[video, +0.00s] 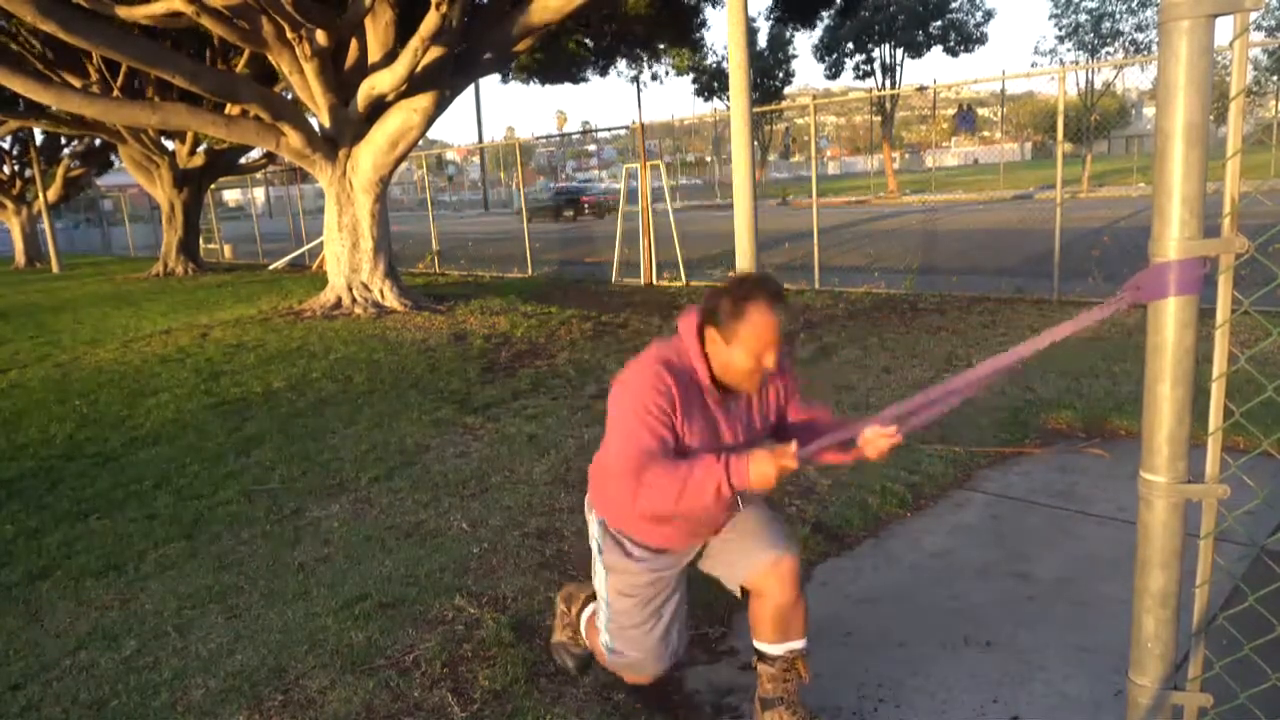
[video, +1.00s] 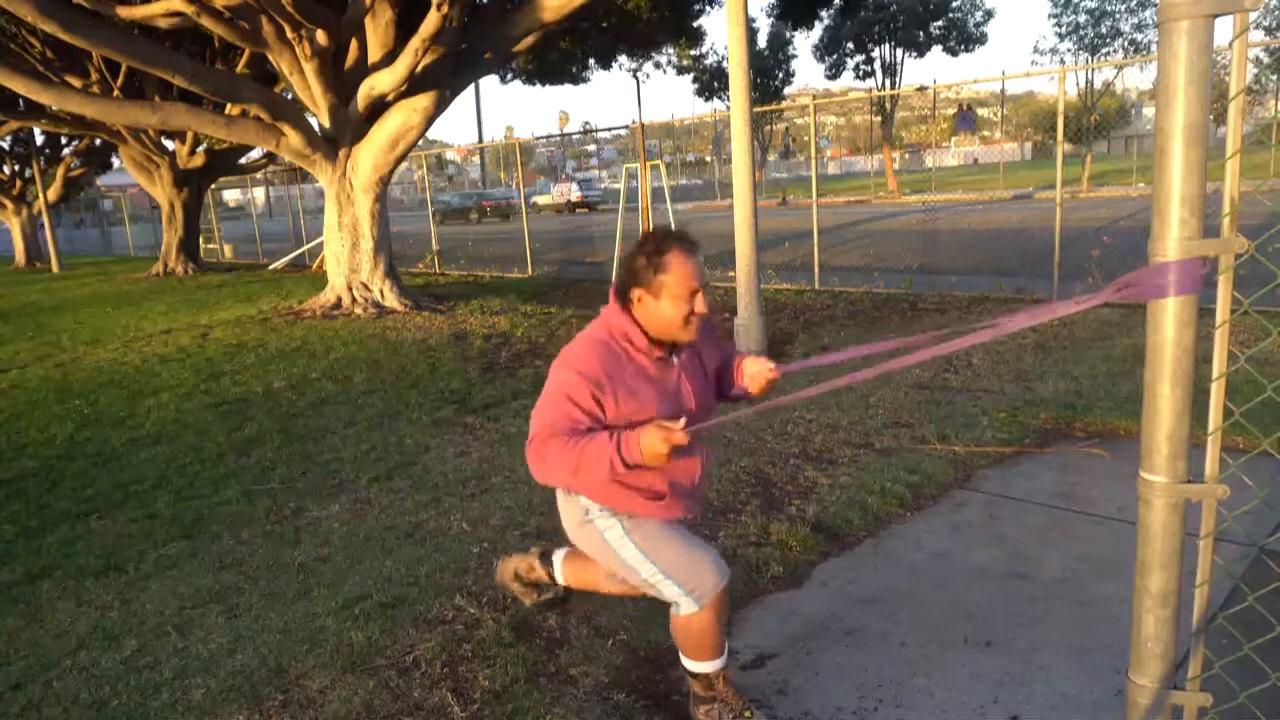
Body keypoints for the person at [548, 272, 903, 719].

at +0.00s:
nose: (772, 367)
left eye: (776, 352)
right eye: (759, 354)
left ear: (781, 341)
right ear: (714, 342)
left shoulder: (770, 375)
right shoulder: (650, 382)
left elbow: (803, 433)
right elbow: (637, 487)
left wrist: (855, 443)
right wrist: (739, 471)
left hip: (720, 507)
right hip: (637, 527)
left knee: (778, 568)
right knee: (642, 667)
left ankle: (779, 696)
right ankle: (580, 614)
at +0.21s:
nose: (721, 208)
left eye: (725, 193)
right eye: (708, 193)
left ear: (725, 190)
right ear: (664, 188)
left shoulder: (722, 244)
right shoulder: (615, 247)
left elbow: (764, 294)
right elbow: (645, 333)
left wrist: (832, 312)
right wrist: (754, 335)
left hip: (698, 425)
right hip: (613, 431)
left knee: (736, 542)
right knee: (635, 573)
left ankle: (767, 677)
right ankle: (597, 613)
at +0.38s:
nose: (692, 178)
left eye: (695, 164)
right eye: (678, 165)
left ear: (696, 159)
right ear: (632, 163)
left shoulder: (686, 209)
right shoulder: (603, 216)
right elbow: (684, 262)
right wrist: (781, 289)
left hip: (671, 406)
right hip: (602, 413)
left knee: (698, 530)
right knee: (667, 555)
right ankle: (697, 692)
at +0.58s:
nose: (700, 250)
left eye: (702, 235)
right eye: (687, 238)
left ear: (700, 232)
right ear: (640, 239)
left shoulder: (701, 287)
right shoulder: (598, 296)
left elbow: (747, 329)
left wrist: (799, 340)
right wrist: (693, 373)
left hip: (660, 477)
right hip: (603, 480)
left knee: (644, 574)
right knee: (710, 575)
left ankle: (546, 566)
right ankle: (713, 697)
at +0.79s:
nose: (727, 328)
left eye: (727, 314)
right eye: (715, 318)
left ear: (675, 318)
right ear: (669, 318)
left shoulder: (689, 354)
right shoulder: (606, 362)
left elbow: (702, 391)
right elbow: (570, 460)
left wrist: (739, 389)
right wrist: (658, 441)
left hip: (640, 515)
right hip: (584, 520)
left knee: (628, 609)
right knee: (699, 574)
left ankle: (543, 568)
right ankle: (712, 696)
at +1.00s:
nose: (702, 307)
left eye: (702, 293)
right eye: (690, 297)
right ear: (640, 301)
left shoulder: (688, 336)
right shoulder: (589, 359)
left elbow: (717, 372)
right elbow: (545, 451)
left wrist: (742, 373)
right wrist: (629, 445)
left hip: (661, 495)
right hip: (601, 504)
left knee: (645, 577)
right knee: (702, 581)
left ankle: (544, 568)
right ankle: (711, 695)